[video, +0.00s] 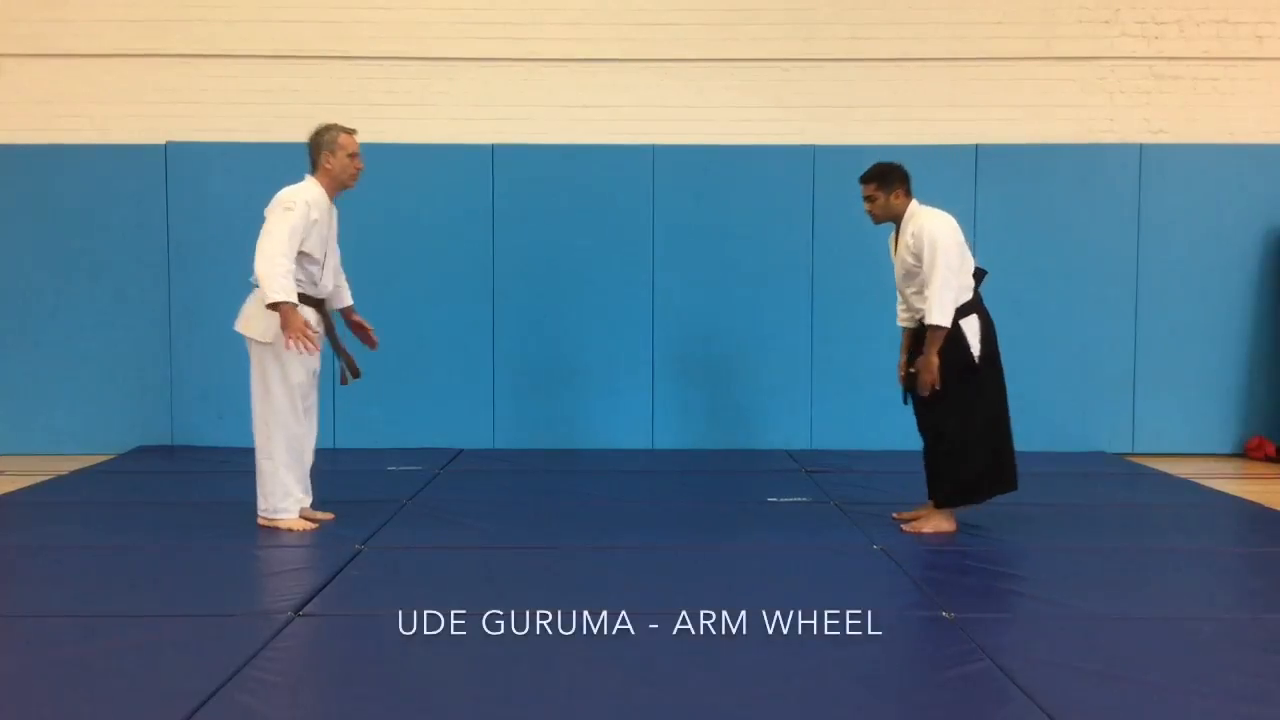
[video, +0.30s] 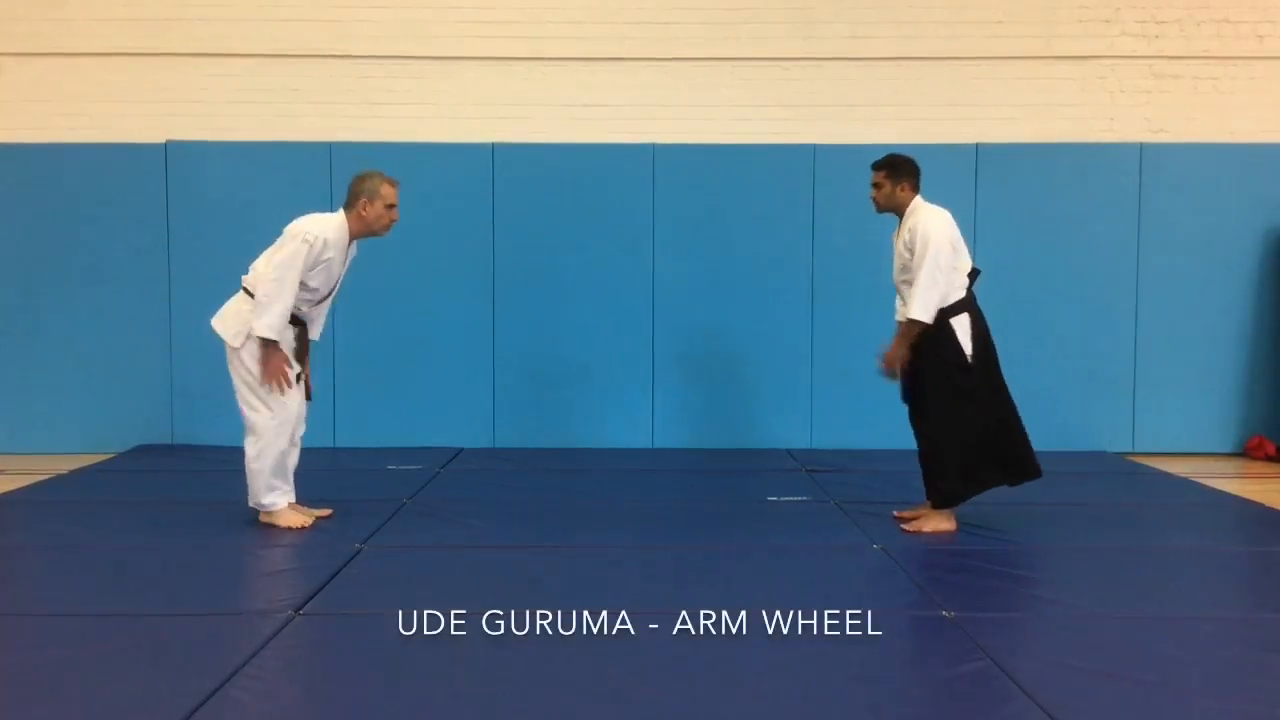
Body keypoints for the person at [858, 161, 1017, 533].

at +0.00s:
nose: (867, 207)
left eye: (872, 199)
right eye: (865, 200)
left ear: (898, 195)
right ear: (893, 198)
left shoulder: (936, 226)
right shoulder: (900, 235)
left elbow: (943, 293)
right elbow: (907, 300)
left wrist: (931, 354)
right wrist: (906, 353)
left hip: (957, 332)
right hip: (931, 332)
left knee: (948, 420)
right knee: (933, 420)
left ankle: (945, 512)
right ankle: (936, 504)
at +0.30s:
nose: (872, 193)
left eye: (878, 186)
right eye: (872, 186)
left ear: (903, 187)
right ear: (899, 188)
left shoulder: (931, 222)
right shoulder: (907, 226)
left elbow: (929, 290)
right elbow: (913, 289)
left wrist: (903, 342)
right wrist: (901, 341)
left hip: (946, 330)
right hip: (927, 329)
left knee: (939, 417)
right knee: (927, 416)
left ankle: (944, 511)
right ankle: (936, 503)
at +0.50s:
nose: (892, 181)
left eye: (899, 175)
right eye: (894, 175)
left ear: (923, 179)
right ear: (919, 180)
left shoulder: (939, 221)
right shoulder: (919, 220)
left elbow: (899, 266)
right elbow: (915, 276)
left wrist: (836, 275)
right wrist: (879, 288)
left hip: (936, 327)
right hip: (919, 325)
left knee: (922, 413)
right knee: (912, 413)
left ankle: (938, 504)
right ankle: (927, 501)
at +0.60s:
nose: (896, 181)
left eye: (903, 174)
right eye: (897, 174)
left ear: (927, 178)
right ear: (925, 179)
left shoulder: (937, 219)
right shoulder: (929, 216)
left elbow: (887, 254)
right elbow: (912, 268)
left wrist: (828, 242)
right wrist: (885, 274)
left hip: (927, 324)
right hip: (922, 320)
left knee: (900, 404)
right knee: (910, 404)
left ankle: (926, 499)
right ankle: (928, 498)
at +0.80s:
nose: (892, 180)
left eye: (899, 174)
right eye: (893, 173)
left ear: (923, 178)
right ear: (922, 179)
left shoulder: (927, 218)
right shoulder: (927, 214)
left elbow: (877, 244)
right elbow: (882, 245)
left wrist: (824, 222)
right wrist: (834, 230)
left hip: (910, 325)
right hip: (925, 322)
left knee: (878, 408)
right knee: (927, 411)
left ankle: (874, 509)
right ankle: (936, 502)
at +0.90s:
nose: (886, 181)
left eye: (892, 175)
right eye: (887, 174)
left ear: (916, 179)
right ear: (915, 180)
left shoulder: (919, 219)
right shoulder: (926, 215)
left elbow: (868, 247)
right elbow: (890, 274)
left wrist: (819, 224)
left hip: (906, 325)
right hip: (922, 322)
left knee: (876, 406)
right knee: (925, 409)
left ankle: (875, 508)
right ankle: (936, 501)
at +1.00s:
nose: (876, 183)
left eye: (883, 176)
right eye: (877, 176)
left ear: (907, 180)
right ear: (906, 181)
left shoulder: (912, 219)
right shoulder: (915, 216)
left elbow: (863, 258)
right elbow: (898, 287)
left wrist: (820, 230)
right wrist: (859, 288)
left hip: (903, 327)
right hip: (917, 324)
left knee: (867, 405)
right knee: (922, 410)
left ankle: (873, 505)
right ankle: (935, 499)